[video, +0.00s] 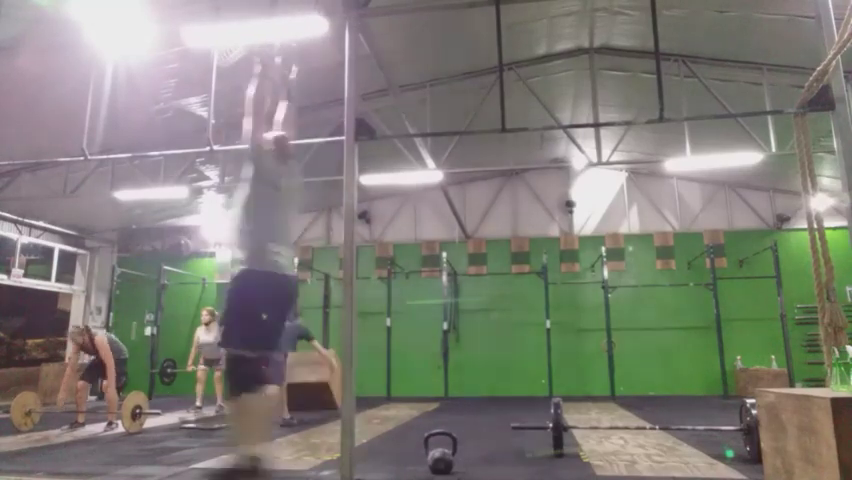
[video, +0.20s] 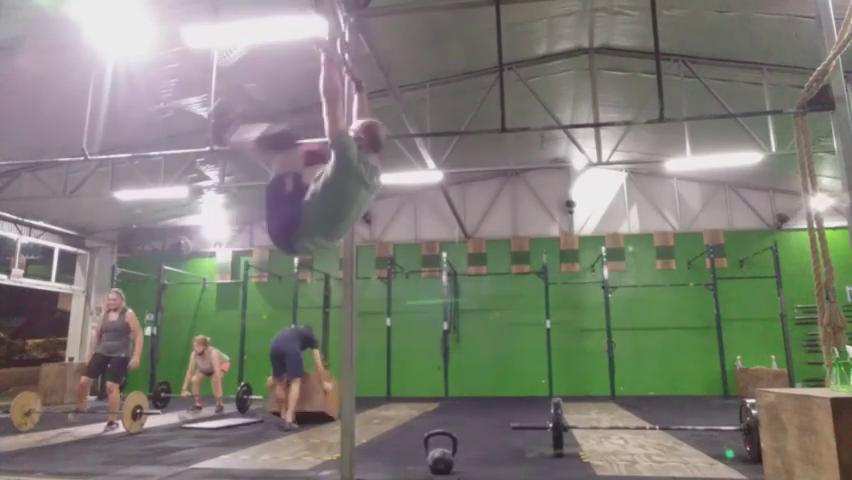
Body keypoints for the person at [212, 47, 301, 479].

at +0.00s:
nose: (270, 141)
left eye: (272, 139)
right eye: (272, 138)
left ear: (274, 150)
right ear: (287, 151)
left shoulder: (268, 171)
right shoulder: (291, 176)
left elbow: (252, 122)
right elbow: (282, 129)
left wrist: (258, 78)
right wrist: (287, 88)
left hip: (259, 276)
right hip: (282, 277)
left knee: (240, 361)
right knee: (260, 364)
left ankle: (249, 452)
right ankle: (255, 448)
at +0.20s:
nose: (351, 133)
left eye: (355, 131)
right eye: (353, 129)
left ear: (359, 138)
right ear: (377, 147)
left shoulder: (348, 158)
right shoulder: (374, 177)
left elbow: (329, 103)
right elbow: (357, 123)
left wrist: (327, 61)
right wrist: (358, 89)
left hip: (288, 237)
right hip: (308, 247)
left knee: (285, 141)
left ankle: (229, 134)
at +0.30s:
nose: (272, 151)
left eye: (276, 148)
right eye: (277, 148)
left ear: (281, 158)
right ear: (290, 160)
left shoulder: (281, 176)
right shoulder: (296, 179)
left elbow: (271, 124)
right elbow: (297, 133)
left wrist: (275, 79)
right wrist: (299, 95)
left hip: (285, 277)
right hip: (300, 275)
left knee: (288, 380)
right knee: (291, 373)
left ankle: (322, 449)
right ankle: (321, 446)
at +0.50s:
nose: (323, 135)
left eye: (330, 135)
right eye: (327, 133)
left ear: (337, 150)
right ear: (343, 154)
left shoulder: (328, 172)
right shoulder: (329, 174)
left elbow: (309, 111)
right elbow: (313, 122)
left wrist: (307, 63)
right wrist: (314, 82)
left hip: (303, 270)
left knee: (234, 304)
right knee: (231, 301)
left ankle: (212, 372)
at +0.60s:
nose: (342, 142)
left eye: (347, 140)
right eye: (346, 138)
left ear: (350, 150)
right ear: (362, 160)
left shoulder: (334, 166)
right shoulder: (354, 186)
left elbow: (319, 111)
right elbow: (343, 129)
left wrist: (318, 66)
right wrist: (339, 87)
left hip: (261, 225)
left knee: (299, 138)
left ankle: (275, 70)